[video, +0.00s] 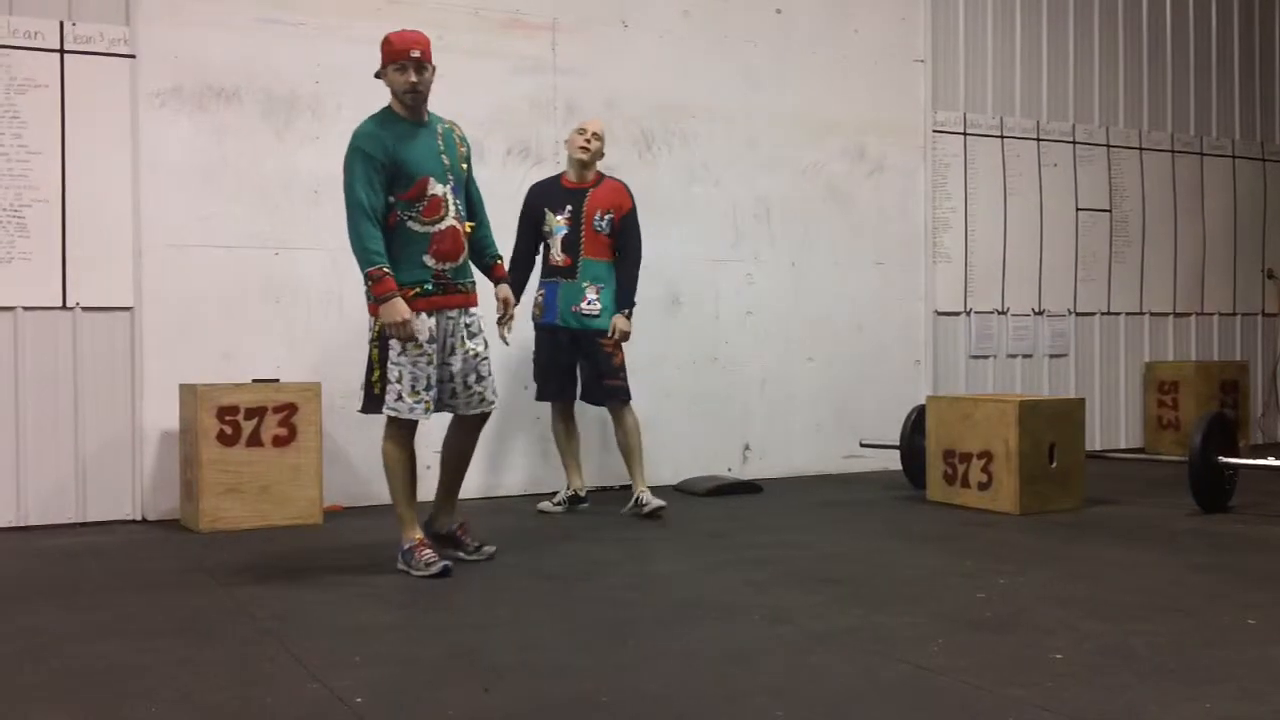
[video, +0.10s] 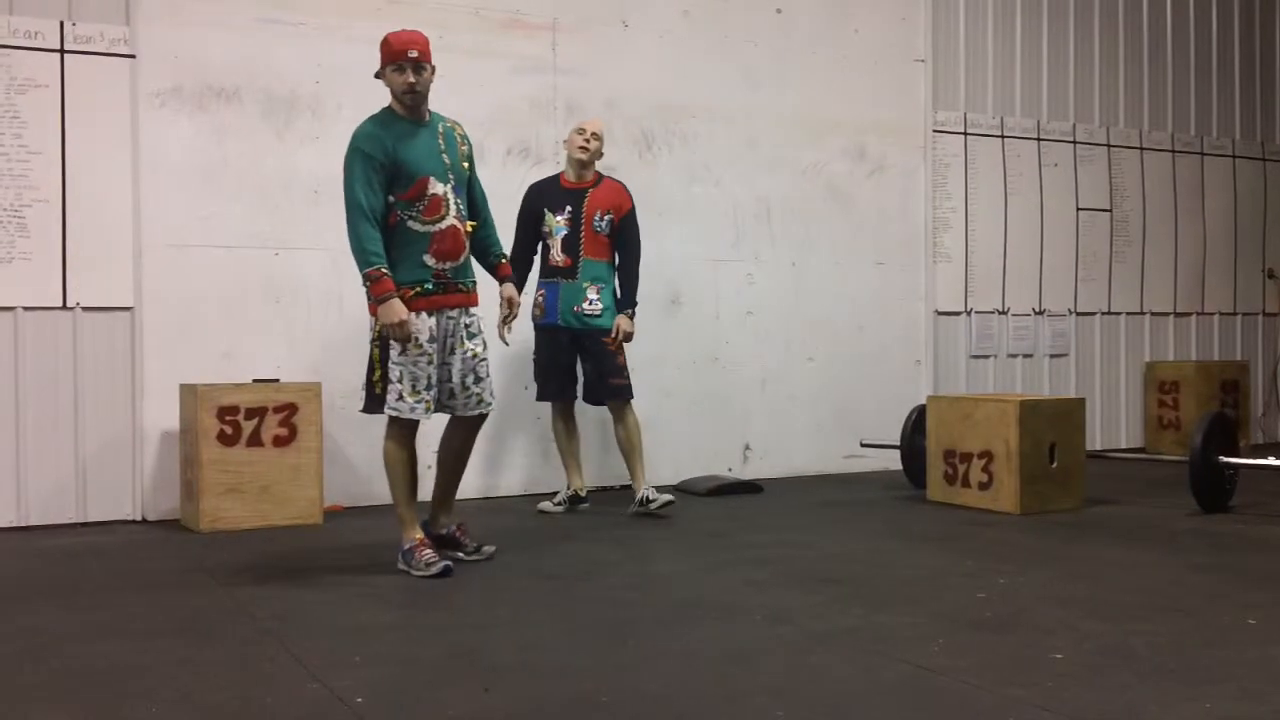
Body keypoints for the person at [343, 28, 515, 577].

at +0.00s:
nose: (413, 76)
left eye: (421, 67)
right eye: (401, 68)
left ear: (433, 73)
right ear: (384, 77)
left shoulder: (453, 137)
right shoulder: (370, 140)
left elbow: (473, 214)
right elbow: (363, 222)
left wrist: (500, 277)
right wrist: (385, 294)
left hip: (460, 300)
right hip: (406, 302)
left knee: (475, 405)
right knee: (402, 417)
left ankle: (443, 522)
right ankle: (411, 539)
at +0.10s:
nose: (411, 76)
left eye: (419, 67)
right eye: (400, 68)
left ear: (432, 73)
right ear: (383, 76)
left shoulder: (455, 135)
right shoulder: (371, 140)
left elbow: (476, 214)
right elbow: (362, 223)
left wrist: (505, 275)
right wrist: (383, 294)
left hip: (460, 301)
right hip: (407, 303)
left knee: (472, 407)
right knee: (404, 416)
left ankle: (440, 524)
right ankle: (410, 539)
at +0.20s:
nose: (412, 76)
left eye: (420, 67)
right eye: (401, 67)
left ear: (434, 73)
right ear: (385, 76)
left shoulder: (456, 135)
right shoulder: (372, 139)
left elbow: (481, 214)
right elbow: (362, 221)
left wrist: (512, 274)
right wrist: (381, 295)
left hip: (460, 301)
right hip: (408, 303)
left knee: (476, 407)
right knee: (405, 418)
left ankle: (443, 522)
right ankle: (411, 538)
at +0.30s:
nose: (416, 75)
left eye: (424, 66)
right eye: (404, 66)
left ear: (438, 73)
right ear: (388, 75)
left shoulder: (457, 135)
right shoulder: (374, 138)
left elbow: (484, 214)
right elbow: (363, 220)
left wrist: (517, 273)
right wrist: (382, 294)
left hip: (461, 299)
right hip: (407, 302)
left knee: (481, 403)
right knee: (406, 417)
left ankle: (451, 519)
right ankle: (413, 539)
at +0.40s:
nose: (420, 75)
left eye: (429, 66)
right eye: (410, 66)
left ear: (442, 73)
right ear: (394, 73)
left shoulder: (461, 136)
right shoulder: (377, 137)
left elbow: (487, 214)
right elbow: (365, 219)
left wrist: (519, 272)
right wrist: (382, 293)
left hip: (464, 300)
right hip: (410, 302)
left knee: (478, 406)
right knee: (408, 418)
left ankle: (462, 518)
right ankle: (413, 538)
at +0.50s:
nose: (428, 75)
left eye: (437, 67)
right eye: (418, 66)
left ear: (449, 74)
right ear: (401, 74)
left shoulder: (468, 138)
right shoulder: (382, 138)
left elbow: (491, 216)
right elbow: (369, 219)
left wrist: (520, 274)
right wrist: (385, 292)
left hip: (467, 302)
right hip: (413, 304)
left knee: (474, 413)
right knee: (410, 419)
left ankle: (469, 528)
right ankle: (413, 539)